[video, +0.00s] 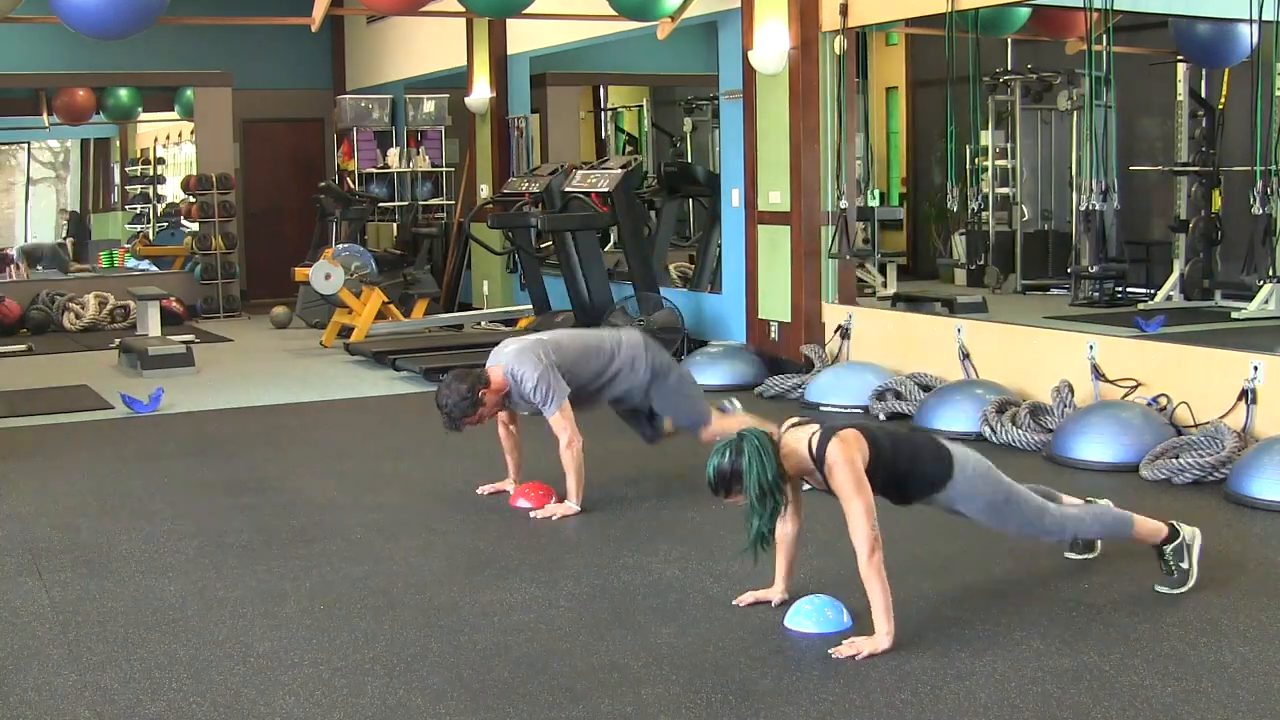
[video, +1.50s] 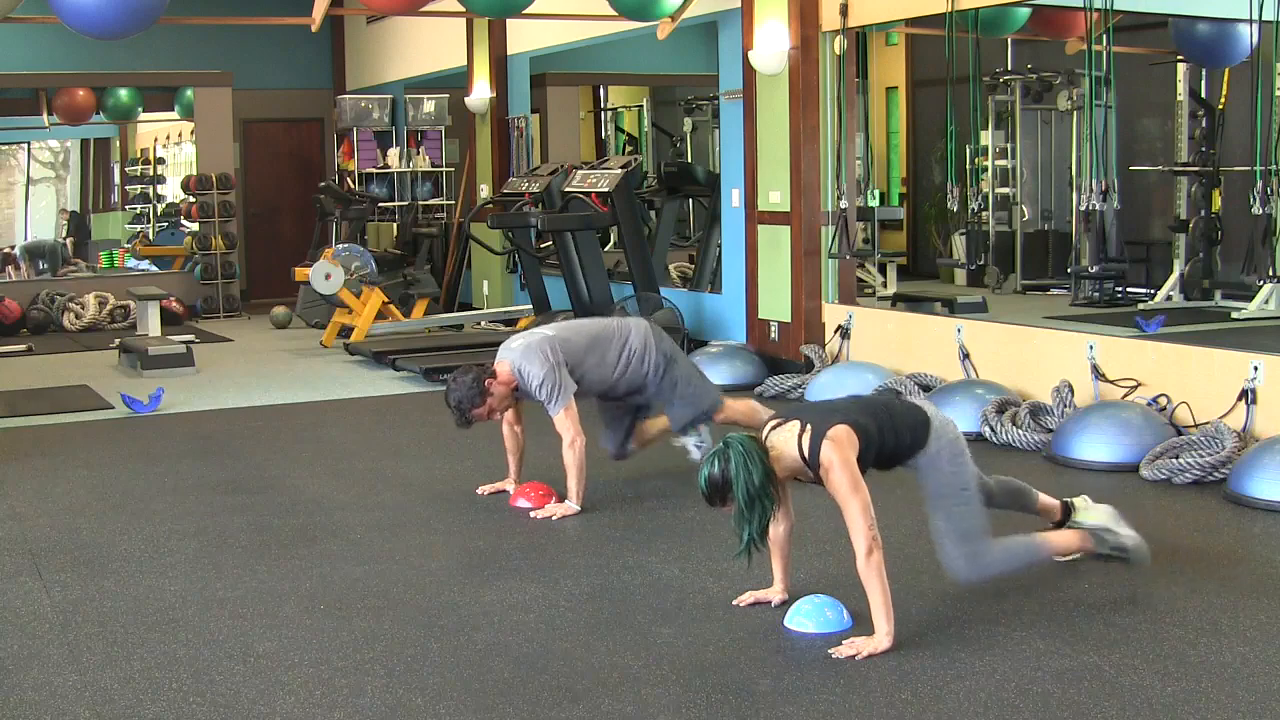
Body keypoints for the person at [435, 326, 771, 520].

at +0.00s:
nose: (487, 423)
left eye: (482, 418)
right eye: (481, 422)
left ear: (486, 396)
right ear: (480, 393)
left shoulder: (531, 371)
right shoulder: (494, 374)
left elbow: (570, 441)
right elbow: (507, 425)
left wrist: (574, 502)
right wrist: (514, 479)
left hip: (636, 356)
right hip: (610, 375)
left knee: (708, 428)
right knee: (657, 431)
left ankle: (782, 433)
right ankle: (725, 416)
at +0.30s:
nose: (477, 421)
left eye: (472, 418)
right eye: (471, 420)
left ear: (481, 399)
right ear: (478, 389)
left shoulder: (525, 371)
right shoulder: (496, 364)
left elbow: (567, 440)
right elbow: (508, 424)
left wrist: (574, 501)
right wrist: (513, 479)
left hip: (632, 358)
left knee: (649, 458)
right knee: (667, 404)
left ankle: (737, 445)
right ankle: (737, 415)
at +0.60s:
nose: (468, 413)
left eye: (463, 411)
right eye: (464, 411)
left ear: (470, 398)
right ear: (469, 385)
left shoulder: (519, 371)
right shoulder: (494, 362)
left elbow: (565, 439)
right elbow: (508, 424)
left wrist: (573, 503)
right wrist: (513, 480)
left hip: (621, 391)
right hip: (629, 372)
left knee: (553, 467)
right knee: (666, 434)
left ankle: (643, 464)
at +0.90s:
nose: (471, 418)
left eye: (465, 415)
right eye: (465, 417)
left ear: (472, 395)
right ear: (468, 386)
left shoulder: (518, 371)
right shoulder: (492, 367)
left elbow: (564, 438)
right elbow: (505, 424)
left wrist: (574, 501)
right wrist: (512, 478)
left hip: (621, 366)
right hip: (618, 352)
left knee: (597, 461)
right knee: (667, 414)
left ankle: (681, 433)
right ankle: (743, 423)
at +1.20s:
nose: (479, 415)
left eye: (475, 410)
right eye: (473, 414)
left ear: (482, 387)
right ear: (476, 383)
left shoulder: (531, 369)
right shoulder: (497, 368)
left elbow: (571, 440)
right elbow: (510, 424)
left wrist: (574, 502)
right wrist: (513, 479)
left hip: (635, 375)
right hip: (614, 382)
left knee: (693, 439)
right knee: (666, 427)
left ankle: (750, 445)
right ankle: (729, 422)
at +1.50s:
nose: (496, 418)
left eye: (490, 413)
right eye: (489, 417)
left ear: (491, 389)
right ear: (486, 386)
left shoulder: (537, 364)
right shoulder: (502, 367)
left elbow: (572, 437)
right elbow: (511, 422)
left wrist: (574, 502)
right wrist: (513, 479)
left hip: (644, 351)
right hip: (612, 374)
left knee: (715, 408)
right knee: (620, 444)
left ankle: (791, 433)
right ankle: (689, 418)